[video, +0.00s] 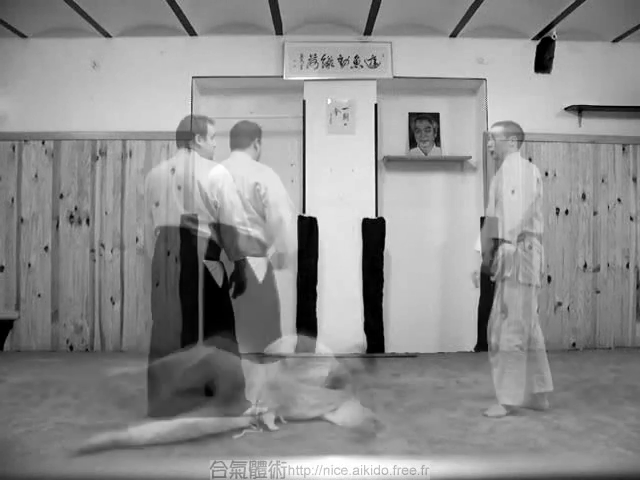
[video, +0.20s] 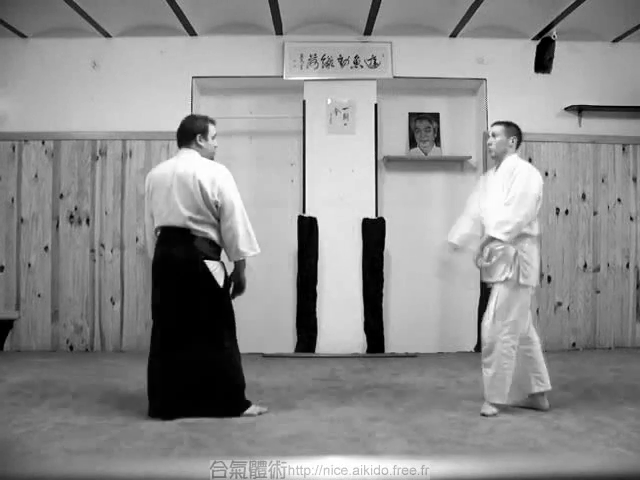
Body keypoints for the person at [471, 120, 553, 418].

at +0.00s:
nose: (490, 143)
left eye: (494, 138)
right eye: (491, 138)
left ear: (513, 141)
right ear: (512, 142)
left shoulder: (516, 168)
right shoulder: (514, 169)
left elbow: (518, 208)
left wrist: (508, 244)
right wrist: (489, 250)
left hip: (518, 251)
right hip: (521, 250)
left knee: (509, 325)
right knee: (526, 322)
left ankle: (508, 400)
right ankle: (538, 394)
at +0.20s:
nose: (489, 141)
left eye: (494, 136)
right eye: (488, 137)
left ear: (512, 141)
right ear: (491, 143)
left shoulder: (526, 173)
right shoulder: (490, 177)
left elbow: (519, 214)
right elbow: (474, 213)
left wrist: (491, 243)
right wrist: (458, 240)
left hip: (518, 259)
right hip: (496, 258)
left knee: (497, 327)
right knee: (520, 326)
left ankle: (493, 399)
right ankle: (538, 392)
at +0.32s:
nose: (490, 140)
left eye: (496, 135)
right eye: (489, 136)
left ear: (513, 142)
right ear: (488, 142)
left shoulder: (524, 174)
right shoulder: (482, 178)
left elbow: (515, 216)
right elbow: (460, 212)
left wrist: (484, 243)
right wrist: (430, 240)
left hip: (511, 257)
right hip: (490, 258)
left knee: (498, 331)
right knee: (513, 326)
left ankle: (493, 399)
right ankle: (537, 392)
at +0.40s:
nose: (492, 140)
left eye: (498, 135)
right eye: (489, 136)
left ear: (513, 143)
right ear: (486, 142)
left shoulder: (520, 176)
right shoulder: (476, 175)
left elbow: (509, 213)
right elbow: (448, 198)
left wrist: (475, 231)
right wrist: (421, 219)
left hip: (505, 254)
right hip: (478, 254)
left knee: (497, 329)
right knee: (500, 326)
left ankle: (493, 399)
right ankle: (533, 385)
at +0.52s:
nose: (487, 139)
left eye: (494, 135)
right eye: (484, 134)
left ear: (507, 142)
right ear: (480, 140)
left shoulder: (514, 175)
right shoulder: (465, 173)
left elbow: (508, 214)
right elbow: (432, 187)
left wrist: (469, 222)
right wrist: (396, 182)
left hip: (494, 256)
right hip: (462, 254)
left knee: (488, 331)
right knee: (471, 329)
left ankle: (489, 400)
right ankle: (519, 378)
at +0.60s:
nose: (471, 139)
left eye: (478, 134)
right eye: (469, 134)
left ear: (492, 140)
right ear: (466, 140)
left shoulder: (498, 172)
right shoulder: (453, 170)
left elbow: (485, 210)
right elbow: (421, 159)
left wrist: (448, 204)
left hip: (478, 256)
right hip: (447, 255)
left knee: (483, 328)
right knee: (434, 324)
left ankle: (491, 400)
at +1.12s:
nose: (359, 132)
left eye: (365, 128)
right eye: (354, 127)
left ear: (375, 133)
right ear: (348, 132)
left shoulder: (383, 156)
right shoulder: (331, 153)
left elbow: (384, 185)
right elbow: (298, 142)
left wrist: (348, 198)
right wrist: (273, 129)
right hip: (330, 233)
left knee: (387, 307)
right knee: (331, 320)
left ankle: (428, 371)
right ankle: (332, 395)